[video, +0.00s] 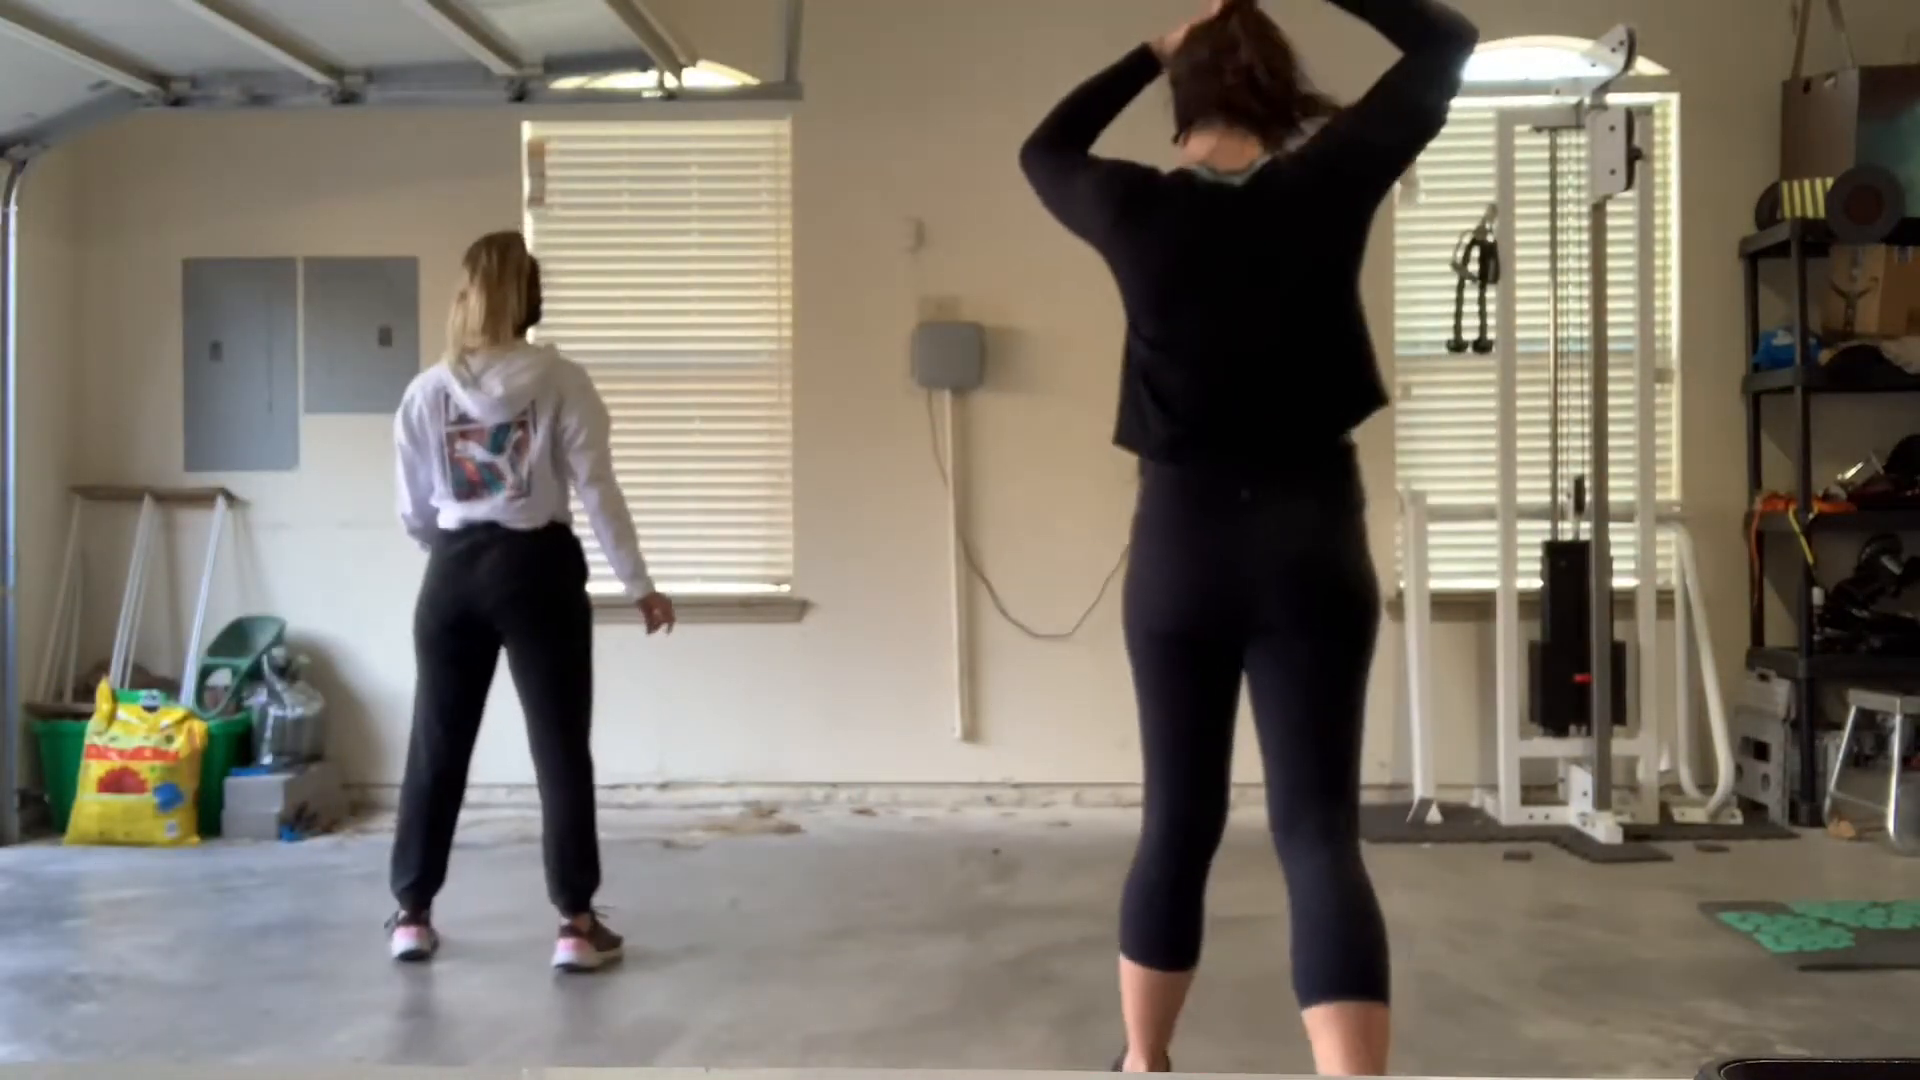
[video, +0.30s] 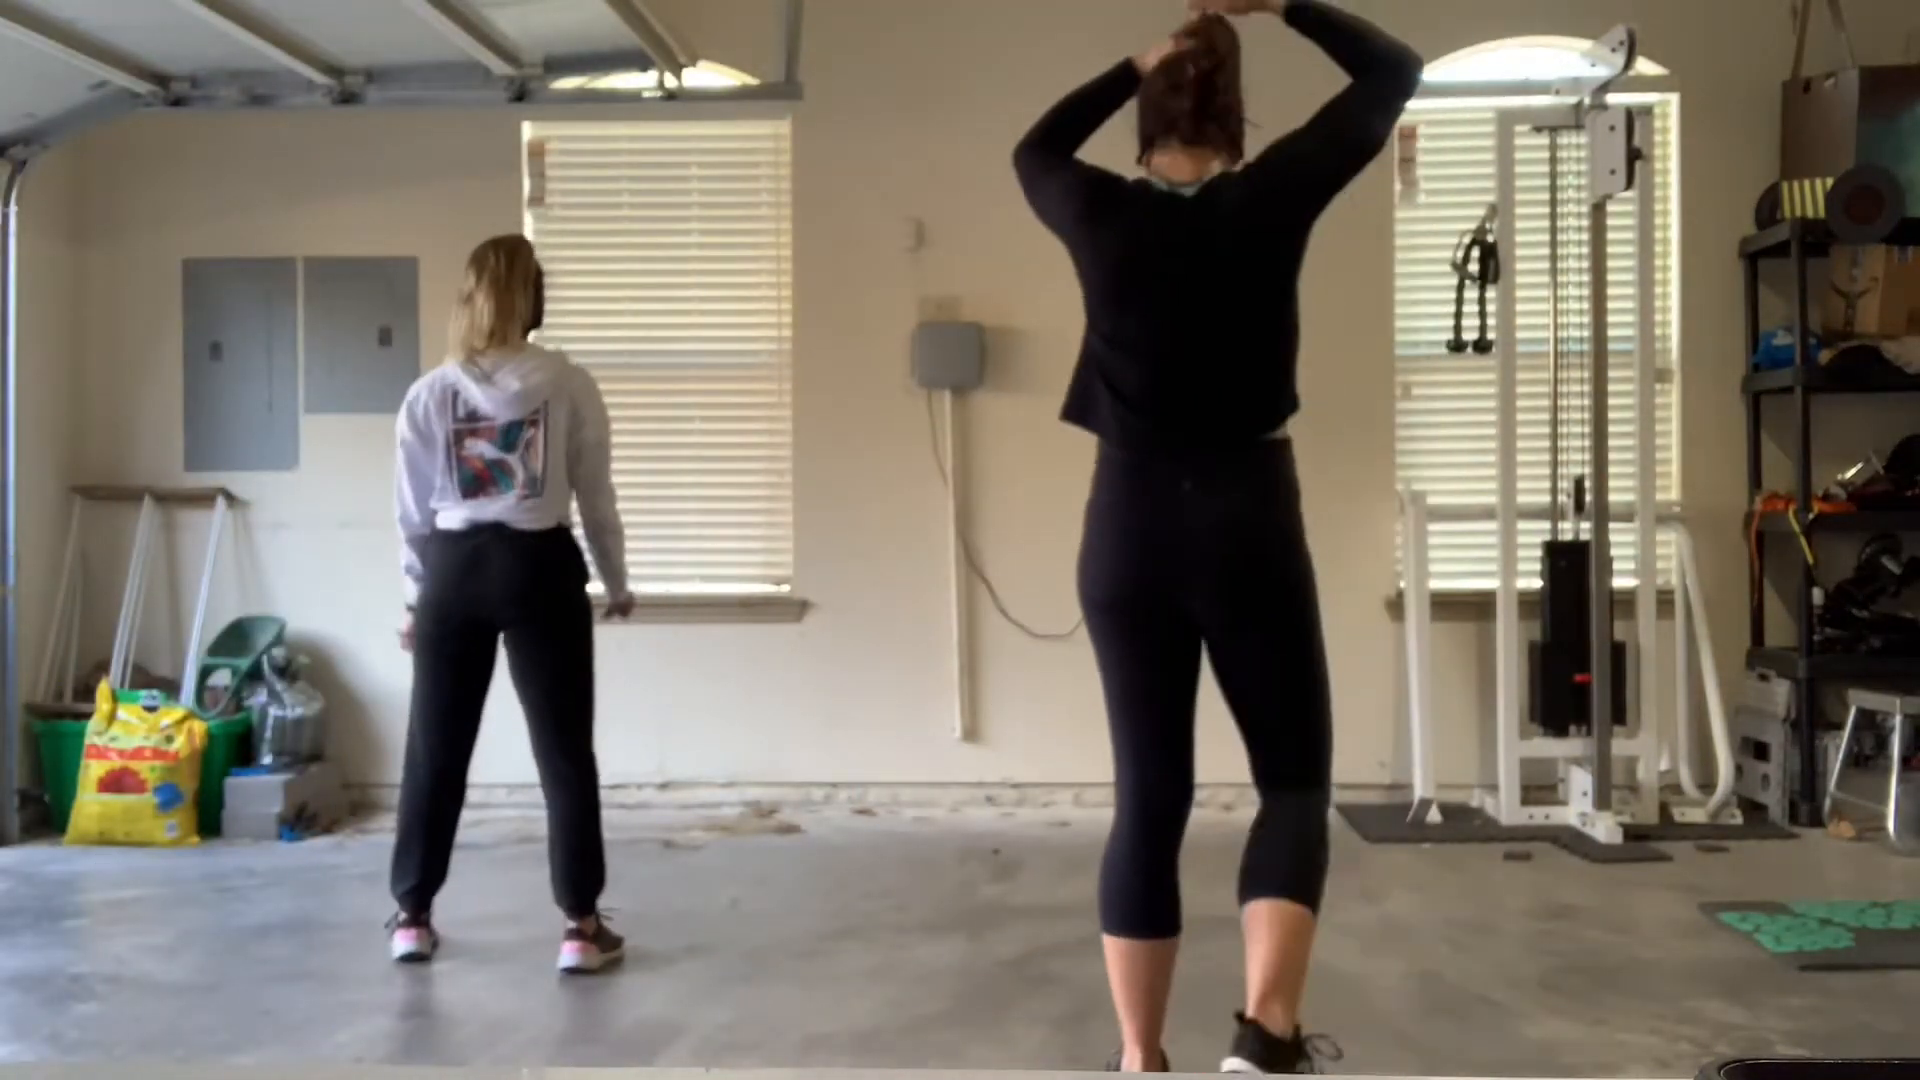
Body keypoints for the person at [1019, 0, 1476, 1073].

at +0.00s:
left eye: (1188, 104)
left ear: (1176, 107)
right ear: (1288, 98)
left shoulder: (1139, 211)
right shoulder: (1332, 188)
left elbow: (1047, 151)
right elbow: (1446, 41)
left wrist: (1148, 53)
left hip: (1180, 551)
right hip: (1314, 547)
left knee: (1176, 822)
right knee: (1320, 829)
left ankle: (1141, 1064)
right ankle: (1354, 1073)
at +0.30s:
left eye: (1173, 116)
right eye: (1228, 114)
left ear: (1140, 126)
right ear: (1241, 124)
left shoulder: (1101, 216)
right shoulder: (1275, 201)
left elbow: (1037, 150)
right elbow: (1393, 70)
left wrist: (1129, 72)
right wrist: (1295, 6)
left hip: (1127, 534)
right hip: (1253, 533)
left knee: (1147, 796)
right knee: (1291, 780)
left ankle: (1140, 1055)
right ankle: (1270, 1027)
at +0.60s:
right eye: (1250, 160)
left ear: (1165, 172)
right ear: (1259, 170)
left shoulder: (1125, 240)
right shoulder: (1292, 227)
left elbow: (1062, 188)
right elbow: (1394, 99)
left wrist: (1156, 115)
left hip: (1154, 543)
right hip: (1273, 542)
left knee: (1167, 793)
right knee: (1293, 787)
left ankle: (1143, 1051)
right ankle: (1343, 992)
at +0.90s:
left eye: (1205, 182)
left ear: (1198, 191)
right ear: (1283, 171)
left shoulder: (1189, 270)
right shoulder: (1355, 244)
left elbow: (1101, 229)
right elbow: (1492, 228)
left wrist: (1163, 148)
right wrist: (1519, 160)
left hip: (1240, 555)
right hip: (1351, 551)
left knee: (1204, 768)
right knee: (1336, 773)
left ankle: (1177, 967)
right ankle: (1337, 997)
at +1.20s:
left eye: (1237, 201)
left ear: (1222, 199)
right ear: (1302, 179)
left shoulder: (1215, 273)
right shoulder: (1372, 260)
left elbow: (1118, 233)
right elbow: (1472, 355)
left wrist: (1190, 153)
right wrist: (1390, 386)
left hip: (1254, 544)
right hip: (1361, 542)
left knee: (1218, 749)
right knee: (1337, 759)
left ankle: (1187, 961)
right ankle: (1337, 994)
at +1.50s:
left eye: (1201, 215)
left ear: (1196, 219)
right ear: (1271, 203)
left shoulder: (1181, 291)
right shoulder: (1329, 284)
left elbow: (1101, 246)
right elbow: (1422, 380)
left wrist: (1167, 170)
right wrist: (1333, 405)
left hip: (1218, 552)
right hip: (1319, 547)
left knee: (1206, 746)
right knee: (1313, 755)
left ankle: (1162, 938)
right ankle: (1331, 991)